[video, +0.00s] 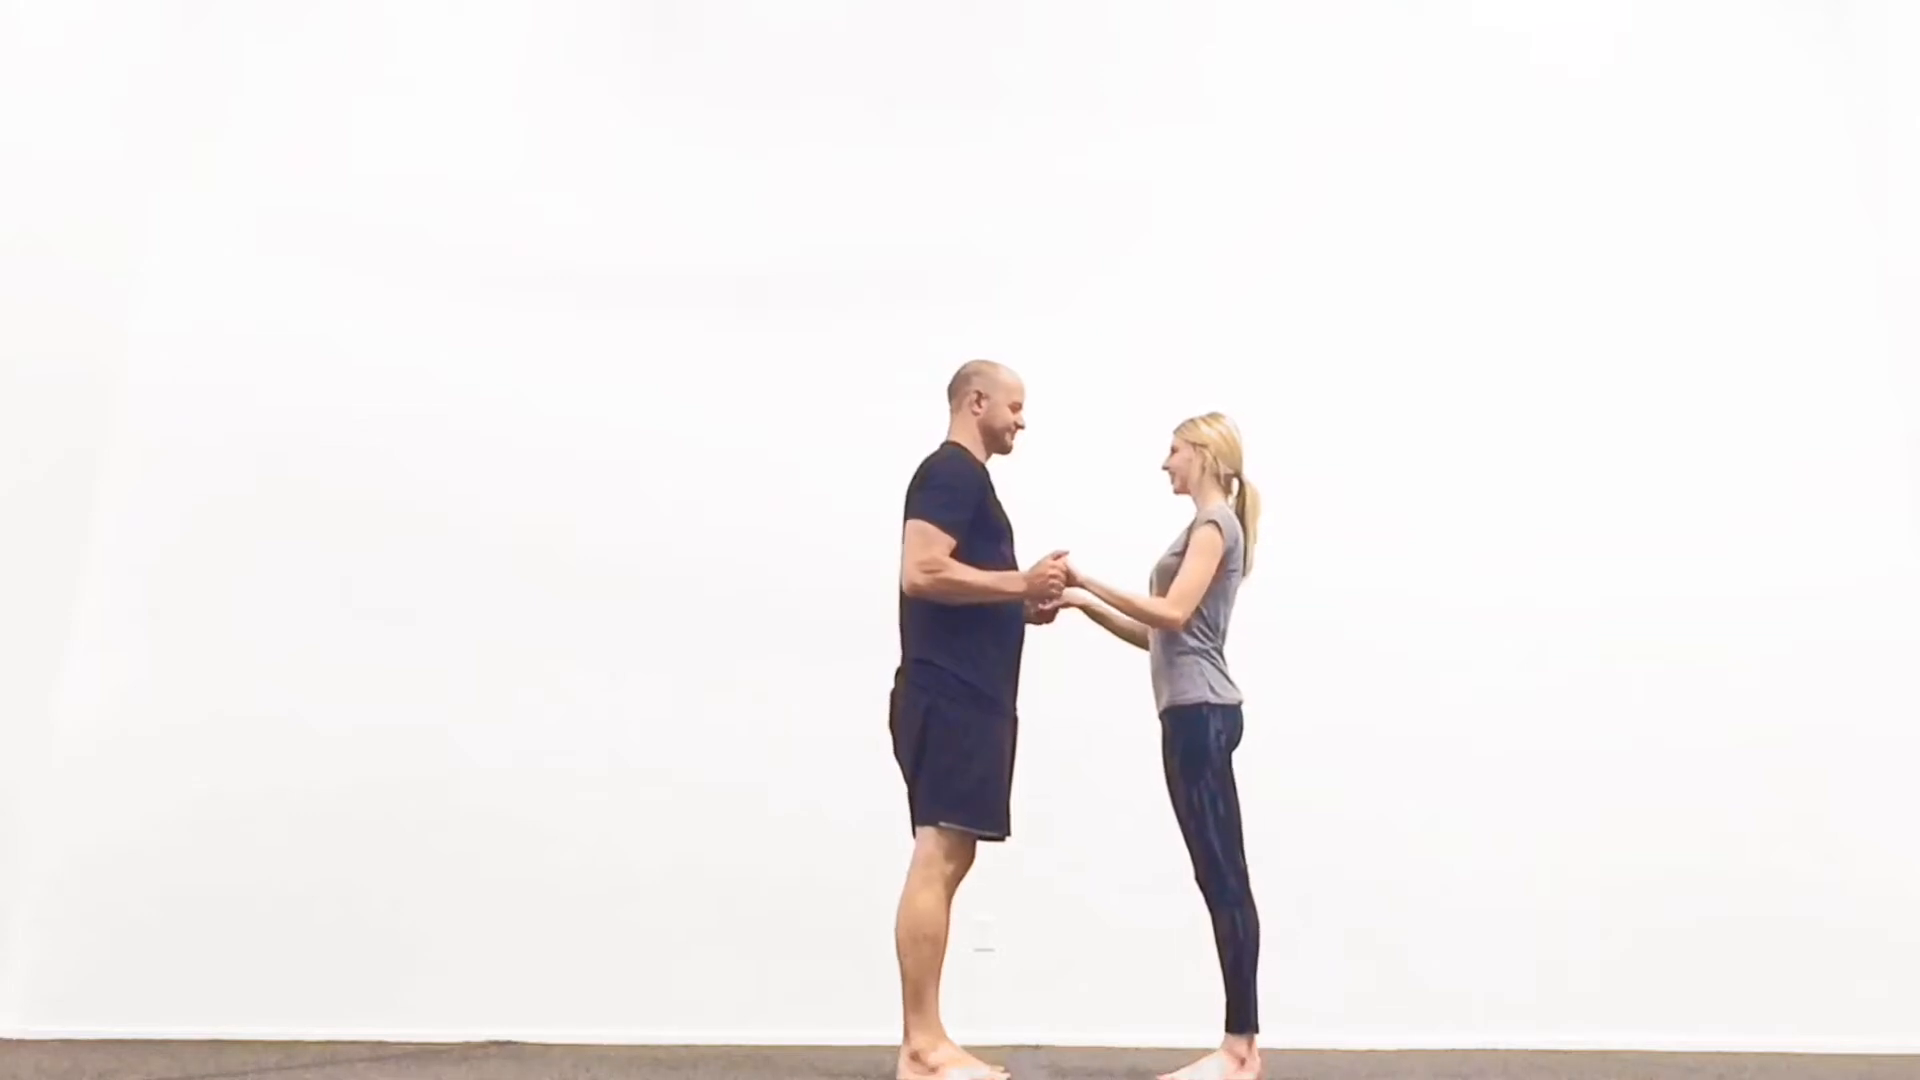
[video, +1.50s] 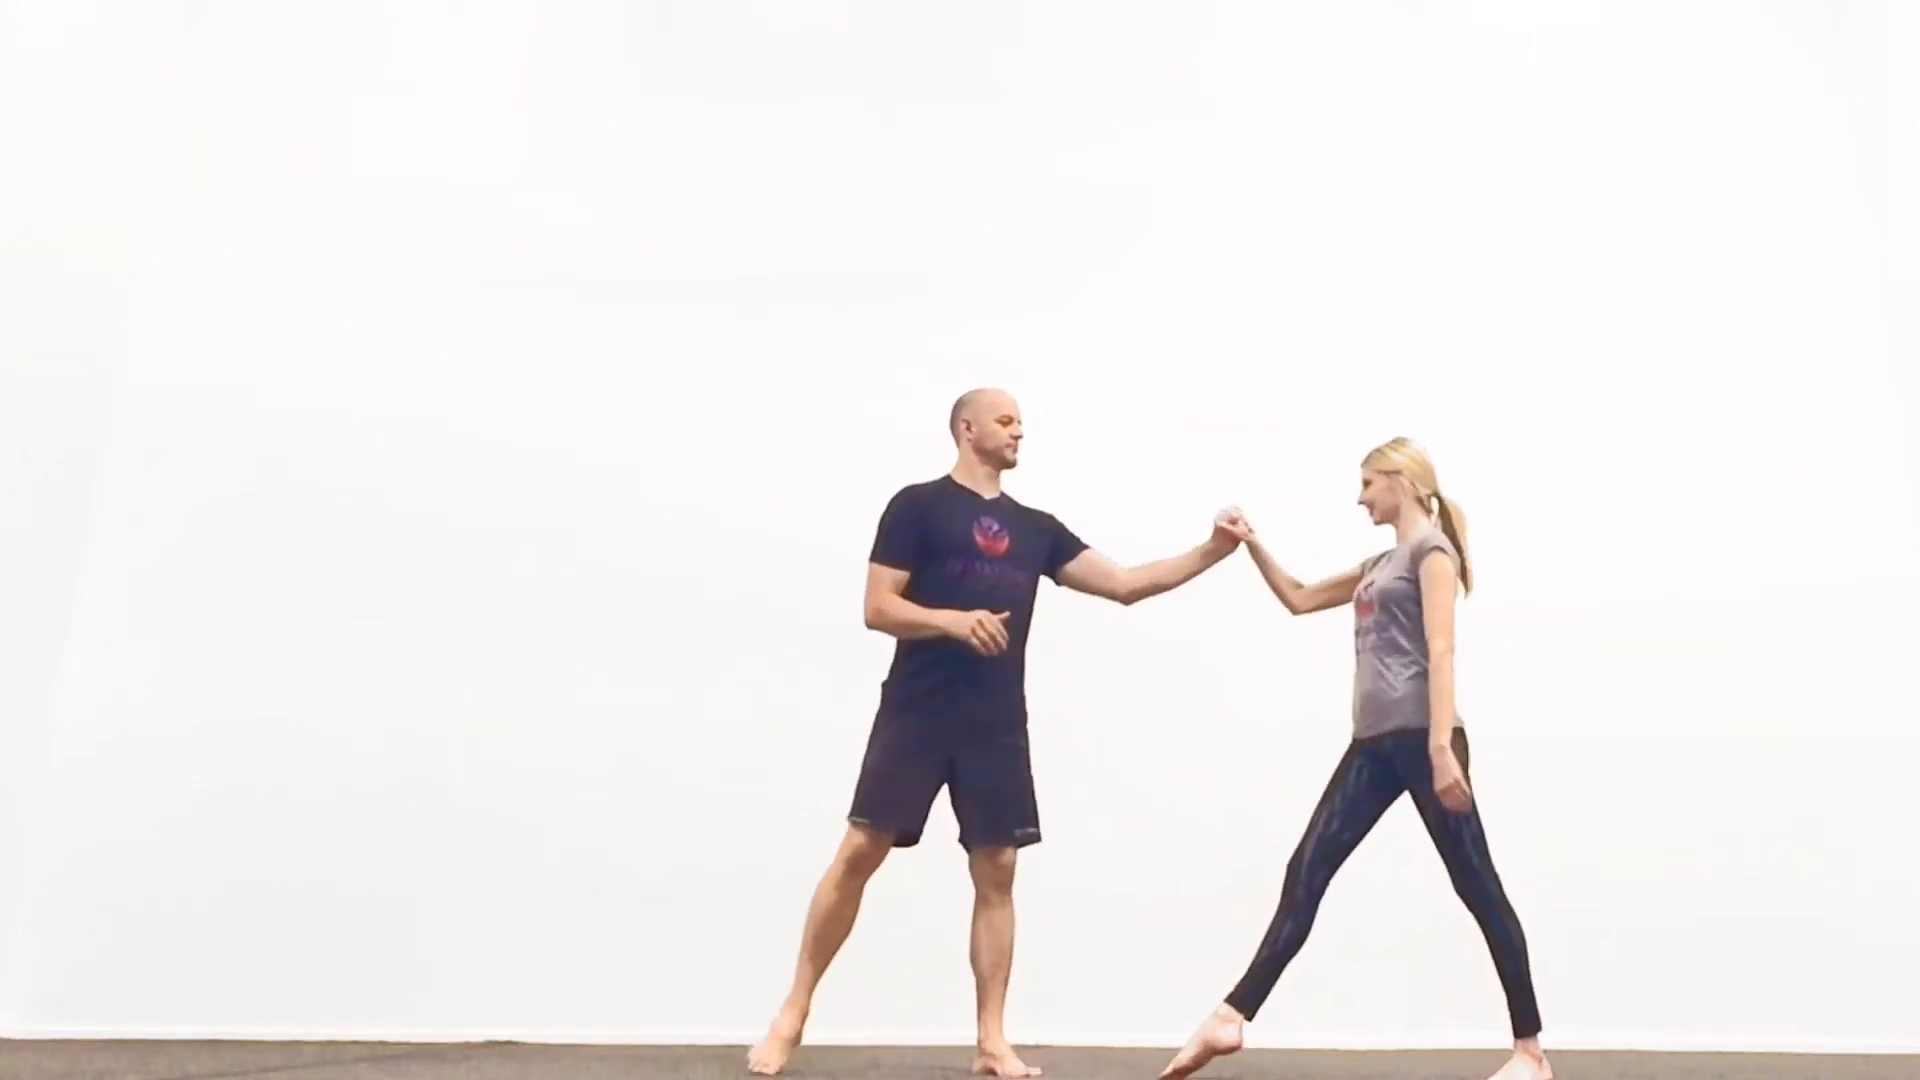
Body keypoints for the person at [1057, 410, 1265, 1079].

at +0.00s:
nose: (1165, 462)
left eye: (1174, 450)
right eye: (1169, 451)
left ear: (1205, 456)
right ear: (1210, 459)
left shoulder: (1212, 523)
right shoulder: (1206, 530)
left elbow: (1174, 612)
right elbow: (1157, 638)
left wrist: (1085, 582)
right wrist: (1085, 602)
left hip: (1198, 708)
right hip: (1192, 709)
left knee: (1220, 878)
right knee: (1220, 879)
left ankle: (1239, 1047)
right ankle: (1241, 1044)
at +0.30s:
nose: (1159, 462)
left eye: (1167, 450)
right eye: (1162, 451)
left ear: (1197, 455)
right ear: (1203, 458)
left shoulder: (1205, 522)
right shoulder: (1201, 528)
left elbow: (1166, 613)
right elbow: (1152, 638)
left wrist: (1079, 582)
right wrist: (1079, 604)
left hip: (1191, 708)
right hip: (1186, 708)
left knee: (1215, 876)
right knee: (1216, 877)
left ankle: (1238, 1047)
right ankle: (1240, 1044)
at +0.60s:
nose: (1169, 469)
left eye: (1178, 456)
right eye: (1173, 457)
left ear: (1209, 460)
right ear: (1217, 464)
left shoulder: (1221, 525)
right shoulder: (1224, 534)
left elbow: (1197, 620)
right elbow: (1176, 649)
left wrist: (1106, 603)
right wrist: (1090, 620)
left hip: (1221, 719)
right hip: (1232, 719)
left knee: (1143, 860)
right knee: (1235, 885)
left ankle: (1231, 1007)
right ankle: (1248, 1051)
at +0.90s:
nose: (1244, 478)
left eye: (1252, 466)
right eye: (1246, 466)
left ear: (1280, 470)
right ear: (1283, 471)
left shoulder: (1299, 536)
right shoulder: (1286, 544)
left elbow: (1275, 629)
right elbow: (1223, 639)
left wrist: (1192, 639)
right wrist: (1156, 606)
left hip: (1296, 732)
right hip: (1275, 733)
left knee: (1309, 894)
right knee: (1262, 889)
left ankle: (1442, 996)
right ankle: (1247, 1048)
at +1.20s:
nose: (1329, 489)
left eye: (1336, 478)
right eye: (1330, 479)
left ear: (1365, 481)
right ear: (1365, 483)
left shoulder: (1396, 548)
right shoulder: (1355, 561)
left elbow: (1404, 650)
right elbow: (1280, 607)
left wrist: (1374, 742)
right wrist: (1227, 550)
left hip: (1411, 736)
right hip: (1358, 741)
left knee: (1475, 883)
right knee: (1306, 886)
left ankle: (1531, 1045)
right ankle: (1243, 1037)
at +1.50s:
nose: (1362, 494)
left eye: (1370, 482)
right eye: (1363, 484)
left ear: (1405, 484)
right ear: (1399, 486)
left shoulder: (1433, 553)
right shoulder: (1381, 565)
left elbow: (1441, 651)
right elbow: (1299, 598)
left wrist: (1440, 747)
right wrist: (1250, 542)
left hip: (1424, 741)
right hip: (1373, 745)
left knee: (1480, 890)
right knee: (1305, 873)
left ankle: (1529, 1049)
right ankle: (1232, 1016)